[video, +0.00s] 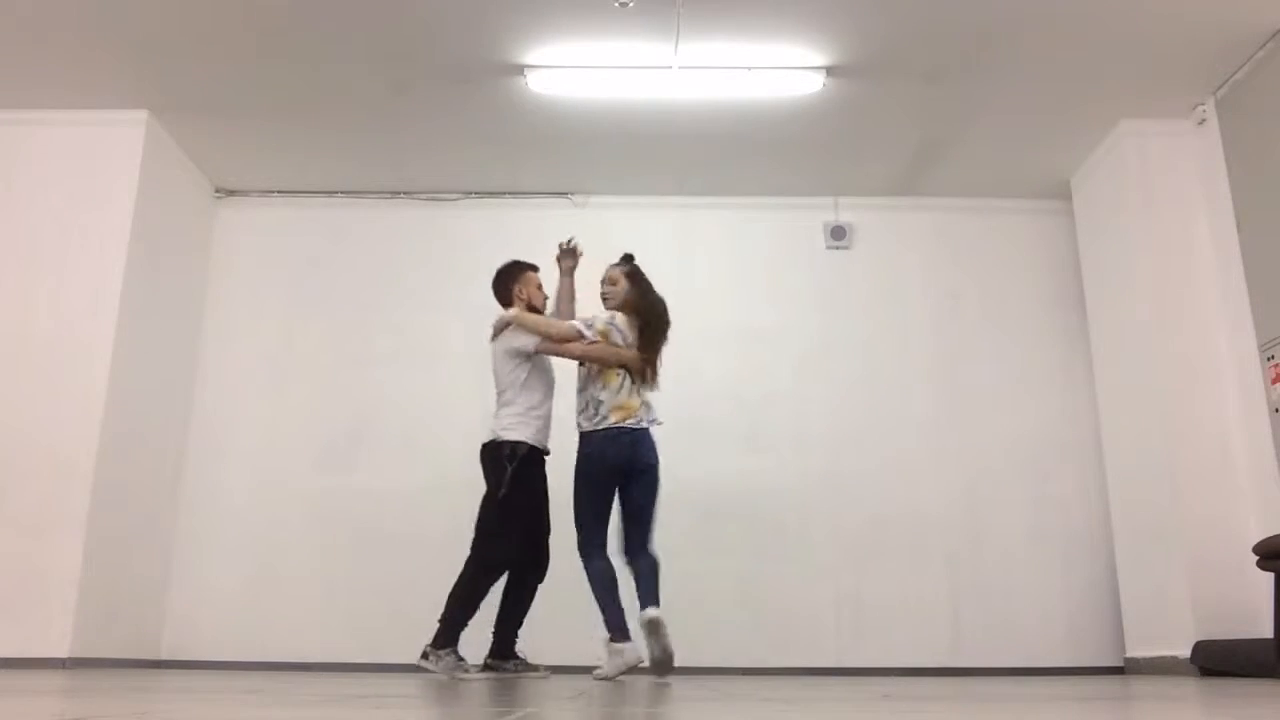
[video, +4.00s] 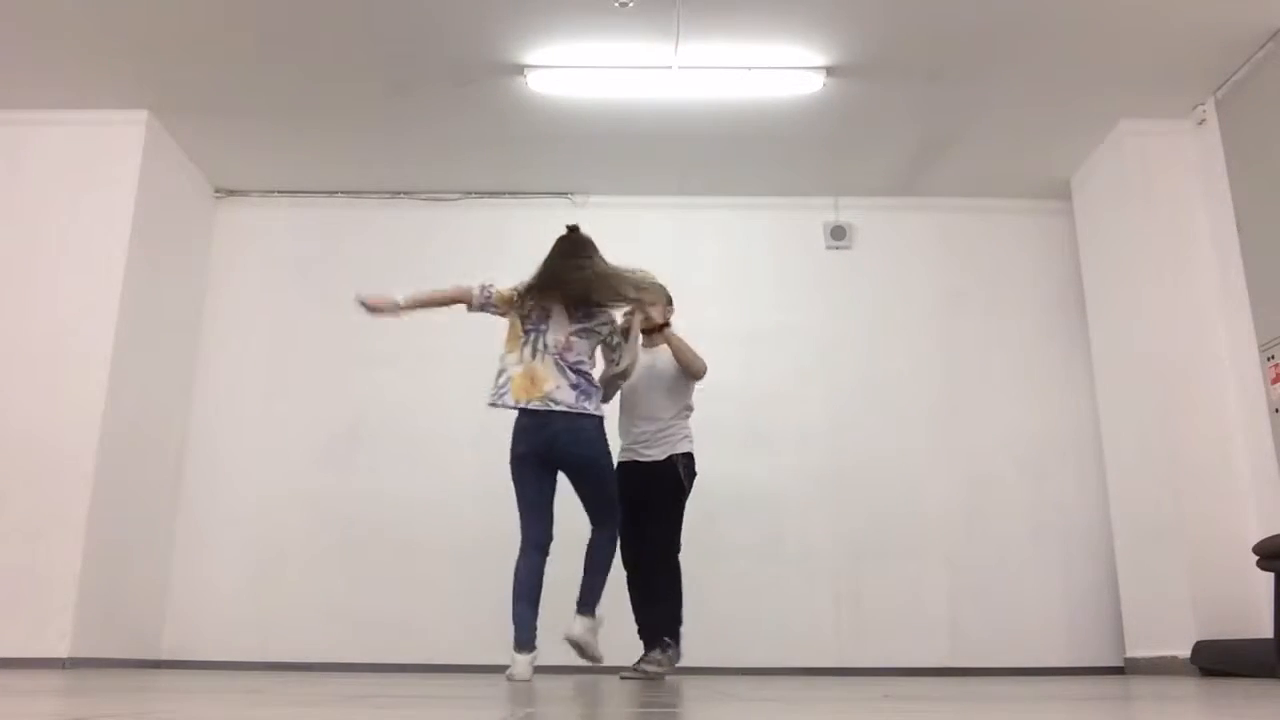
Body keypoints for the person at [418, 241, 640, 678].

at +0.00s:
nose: (546, 292)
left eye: (543, 285)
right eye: (538, 285)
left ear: (520, 294)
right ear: (518, 293)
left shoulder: (529, 328)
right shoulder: (513, 328)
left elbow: (565, 327)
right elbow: (577, 346)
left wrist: (566, 275)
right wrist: (631, 357)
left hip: (528, 453)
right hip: (510, 452)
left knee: (533, 560)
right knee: (492, 553)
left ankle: (502, 652)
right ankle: (440, 646)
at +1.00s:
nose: (577, 302)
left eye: (579, 296)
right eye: (578, 297)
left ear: (586, 298)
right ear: (616, 300)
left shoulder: (580, 337)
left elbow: (526, 382)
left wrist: (496, 355)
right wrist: (542, 319)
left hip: (599, 454)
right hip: (647, 455)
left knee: (559, 552)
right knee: (649, 560)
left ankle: (594, 636)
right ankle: (653, 654)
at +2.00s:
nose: (592, 323)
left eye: (592, 316)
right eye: (587, 317)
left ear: (563, 320)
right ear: (571, 319)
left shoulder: (557, 358)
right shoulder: (581, 351)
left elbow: (590, 396)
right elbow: (630, 357)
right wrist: (669, 323)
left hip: (545, 469)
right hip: (558, 470)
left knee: (560, 556)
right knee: (595, 544)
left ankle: (538, 651)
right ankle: (557, 637)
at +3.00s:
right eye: (586, 293)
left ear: (543, 294)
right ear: (586, 296)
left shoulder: (522, 330)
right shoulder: (597, 335)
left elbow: (488, 386)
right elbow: (634, 309)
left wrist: (534, 394)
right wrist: (629, 252)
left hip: (513, 442)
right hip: (561, 446)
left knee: (511, 547)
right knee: (580, 553)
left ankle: (510, 653)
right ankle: (561, 645)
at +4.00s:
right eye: (592, 275)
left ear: (551, 268)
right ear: (594, 276)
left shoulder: (524, 300)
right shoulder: (603, 316)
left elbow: (463, 295)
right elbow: (617, 372)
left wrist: (400, 303)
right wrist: (592, 397)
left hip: (529, 432)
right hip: (581, 433)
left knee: (533, 540)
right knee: (605, 523)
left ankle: (523, 653)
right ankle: (585, 619)